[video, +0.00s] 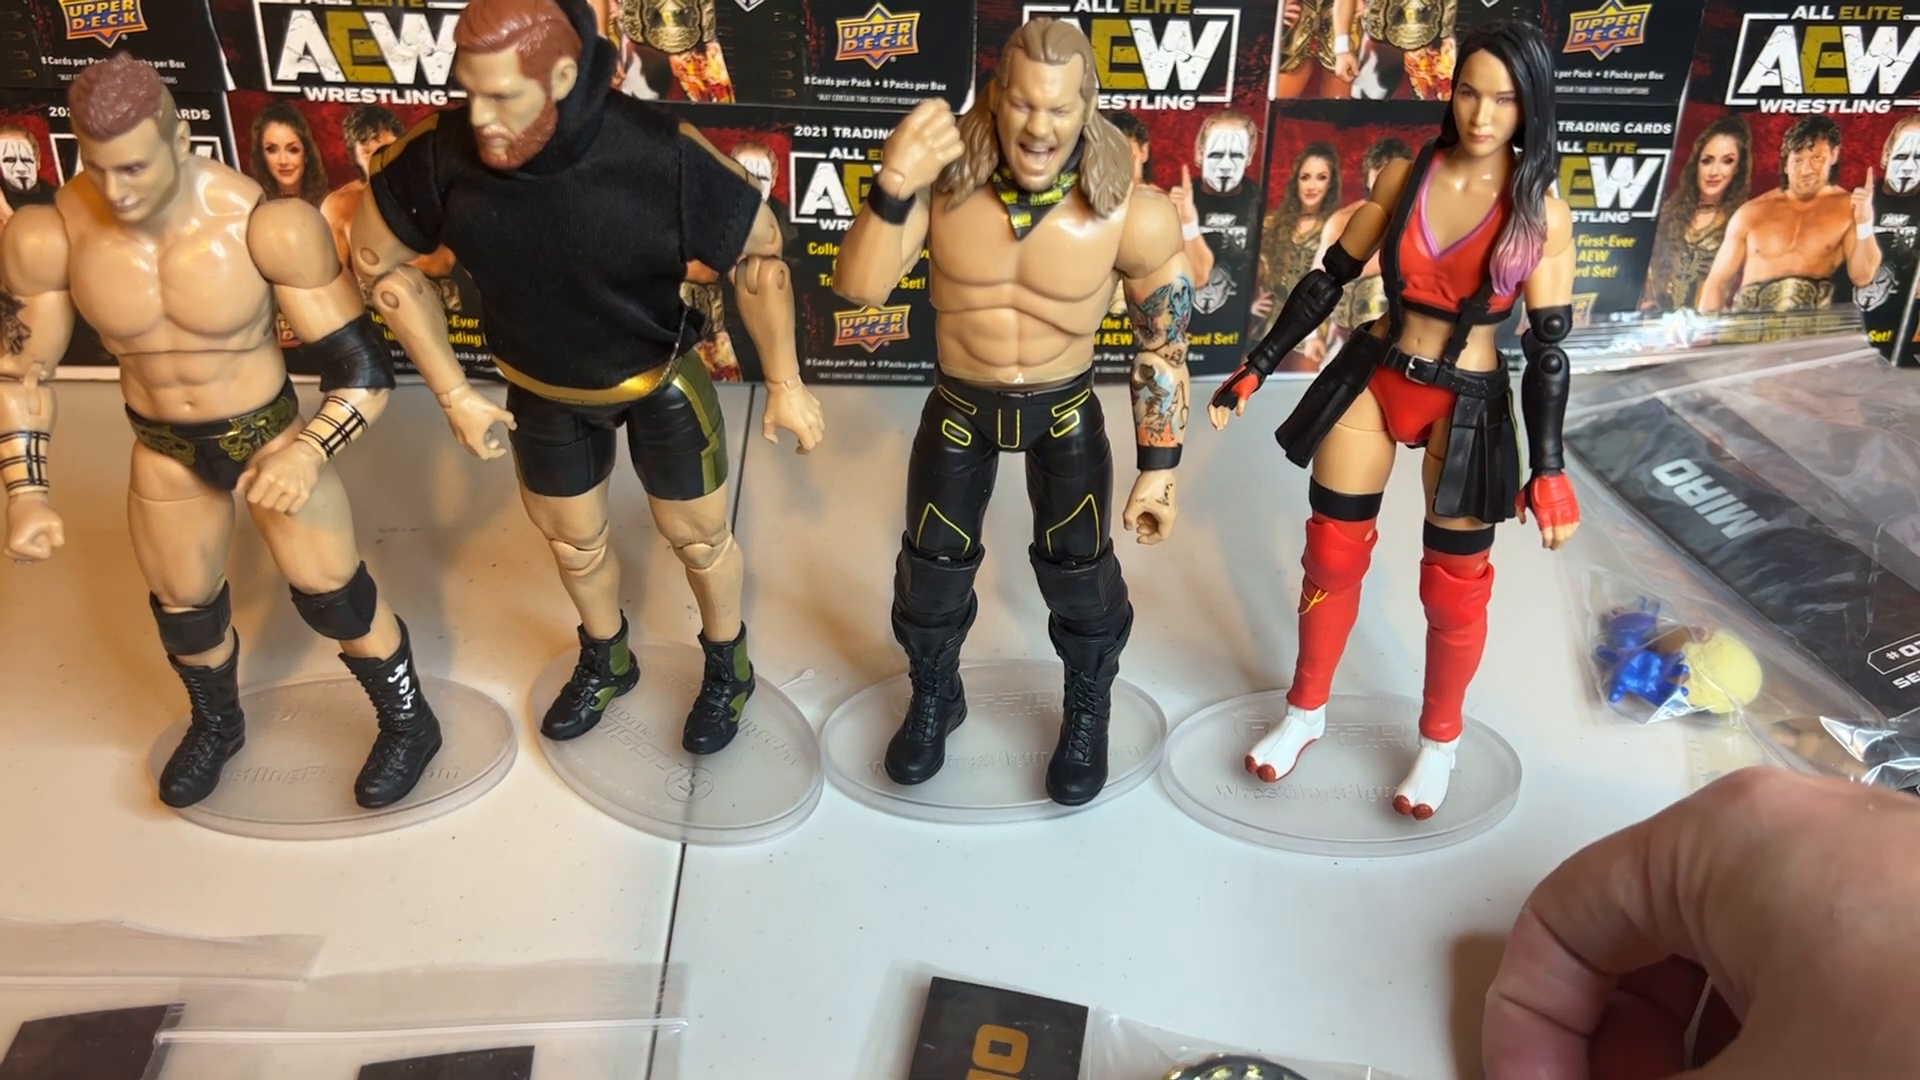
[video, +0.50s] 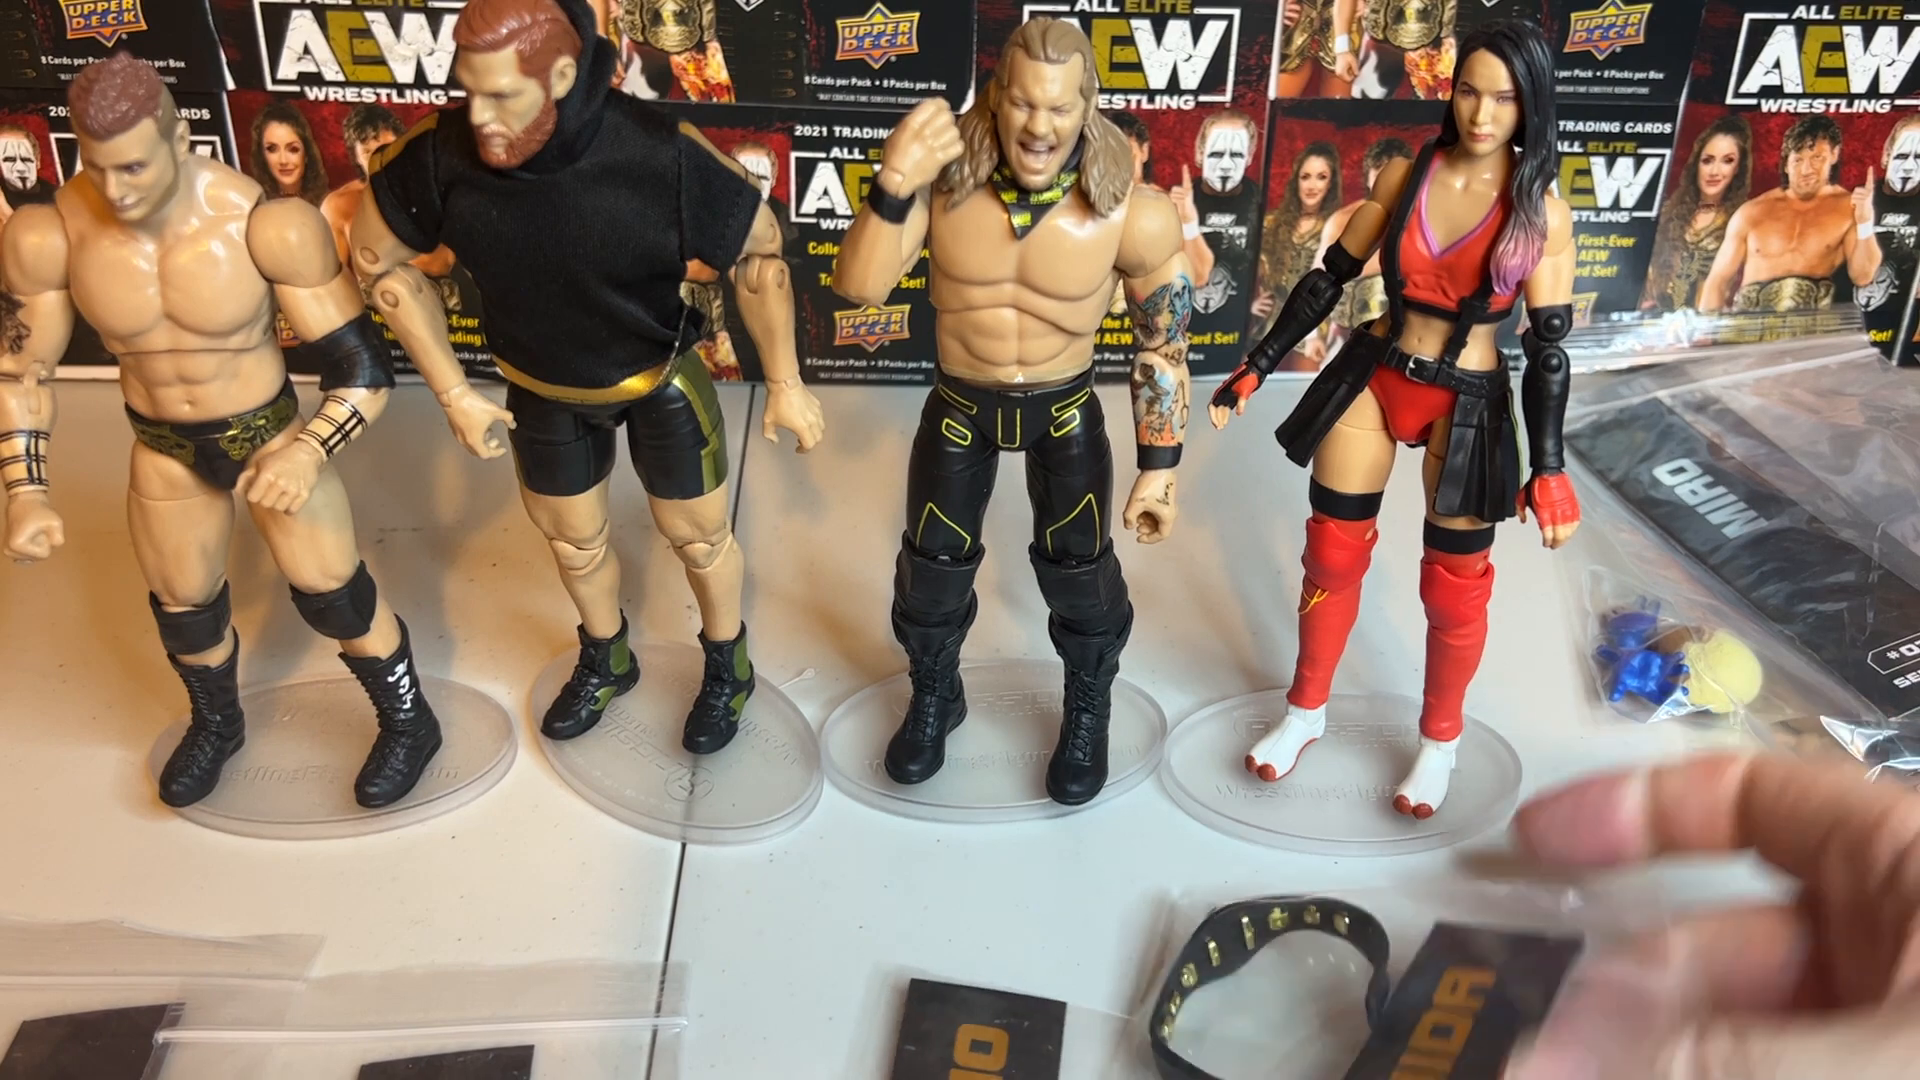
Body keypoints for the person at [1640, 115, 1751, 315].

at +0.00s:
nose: (1714, 171)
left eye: (1727, 161)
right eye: (1706, 160)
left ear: (1739, 168)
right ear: (1695, 164)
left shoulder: (1743, 219)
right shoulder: (1671, 212)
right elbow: (1654, 266)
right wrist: (1649, 300)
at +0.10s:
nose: (1714, 171)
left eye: (1728, 161)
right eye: (1707, 160)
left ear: (1739, 168)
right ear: (1695, 163)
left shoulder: (1743, 218)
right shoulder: (1672, 211)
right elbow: (1655, 265)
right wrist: (1650, 299)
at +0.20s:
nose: (1714, 171)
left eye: (1727, 161)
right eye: (1706, 160)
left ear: (1739, 167)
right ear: (1695, 163)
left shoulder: (1743, 219)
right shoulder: (1670, 212)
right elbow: (1653, 266)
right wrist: (1649, 299)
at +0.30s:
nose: (1715, 171)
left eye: (1728, 161)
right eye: (1707, 160)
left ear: (1740, 168)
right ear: (1696, 164)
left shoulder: (1743, 219)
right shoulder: (1671, 212)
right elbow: (1654, 266)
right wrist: (1650, 299)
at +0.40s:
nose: (1714, 171)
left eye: (1727, 161)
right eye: (1706, 160)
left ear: (1739, 168)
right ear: (1695, 164)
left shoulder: (1743, 219)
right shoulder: (1670, 212)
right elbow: (1653, 267)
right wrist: (1649, 300)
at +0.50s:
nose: (1715, 171)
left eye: (1727, 161)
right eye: (1707, 160)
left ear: (1739, 168)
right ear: (1695, 164)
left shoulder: (1743, 219)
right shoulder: (1671, 212)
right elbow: (1655, 268)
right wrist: (1650, 300)